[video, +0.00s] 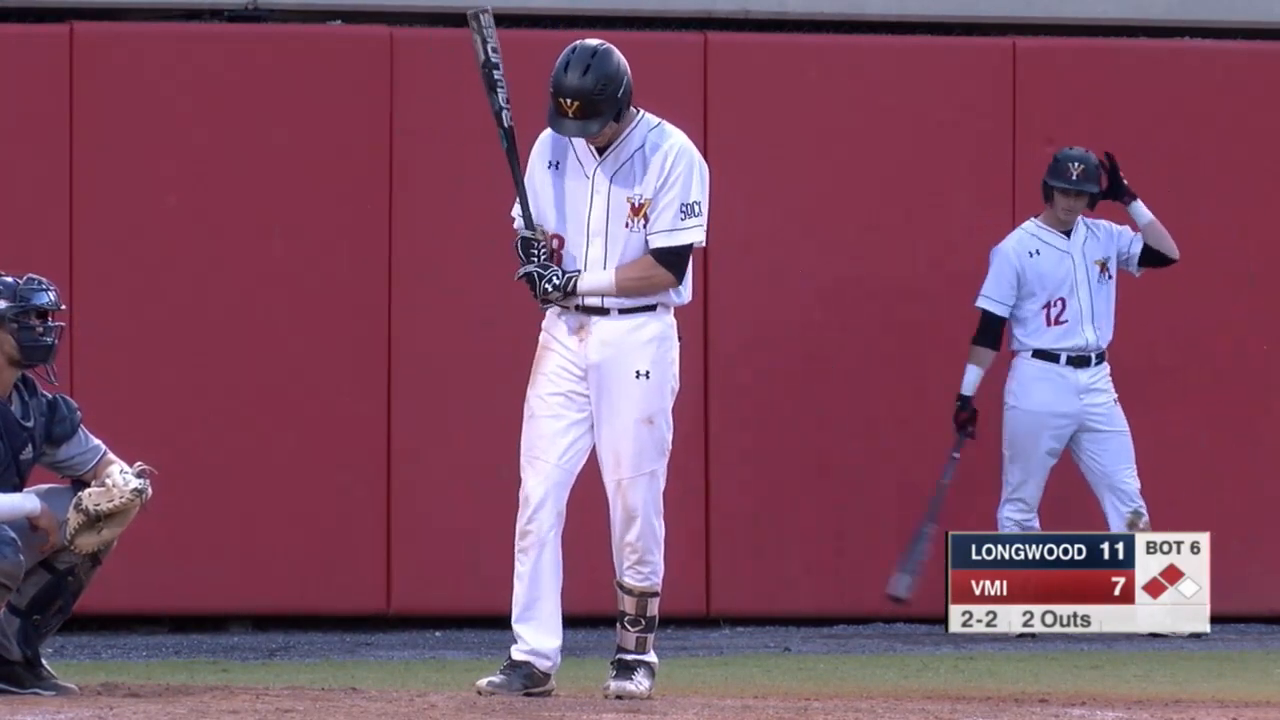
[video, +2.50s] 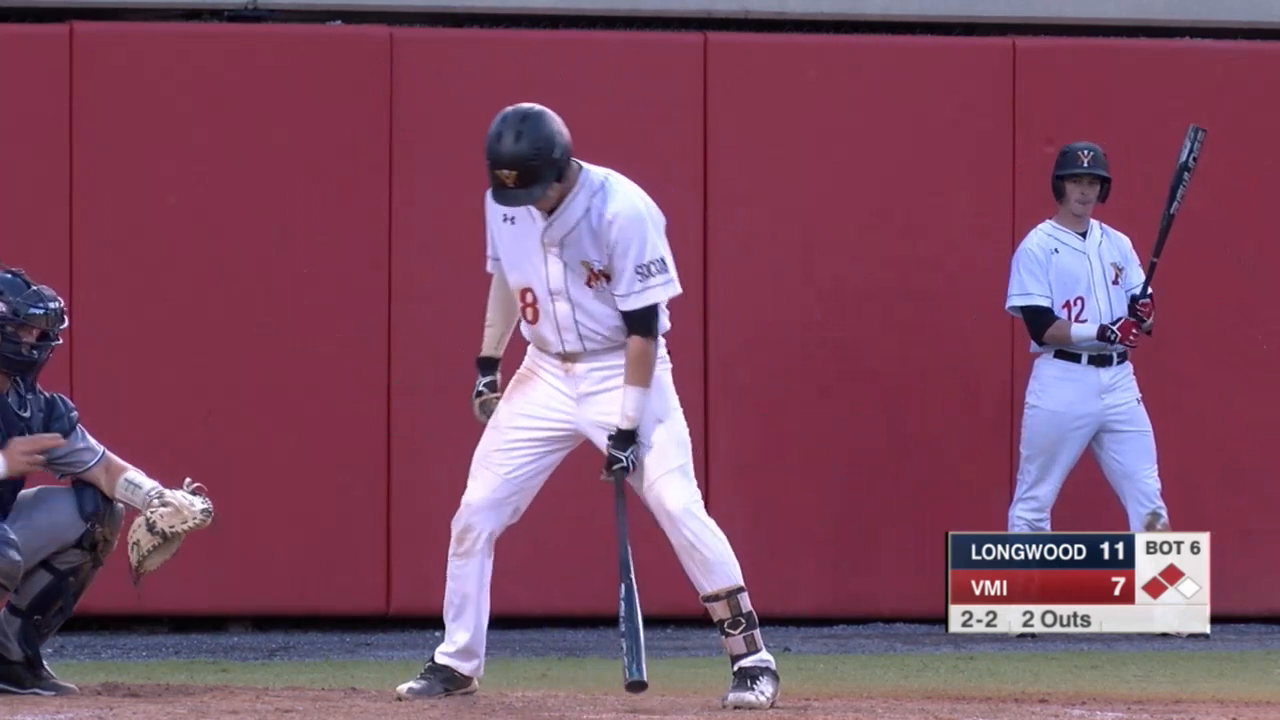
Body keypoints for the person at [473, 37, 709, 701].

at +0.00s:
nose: (581, 137)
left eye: (592, 126)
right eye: (571, 124)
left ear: (622, 106)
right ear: (560, 105)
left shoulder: (672, 153)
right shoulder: (551, 146)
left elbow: (667, 270)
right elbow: (528, 231)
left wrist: (578, 284)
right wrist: (536, 255)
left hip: (637, 341)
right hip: (562, 338)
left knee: (632, 492)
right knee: (538, 494)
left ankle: (634, 652)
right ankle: (532, 657)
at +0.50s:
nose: (545, 131)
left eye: (554, 118)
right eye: (536, 119)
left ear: (583, 102)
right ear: (527, 107)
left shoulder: (635, 152)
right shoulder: (528, 150)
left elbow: (604, 262)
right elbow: (513, 238)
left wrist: (516, 252)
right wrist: (492, 235)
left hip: (617, 346)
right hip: (544, 343)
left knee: (624, 499)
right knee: (507, 496)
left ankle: (634, 651)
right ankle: (465, 650)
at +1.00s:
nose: (430, 143)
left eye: (436, 129)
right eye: (419, 135)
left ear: (460, 104)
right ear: (410, 124)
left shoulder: (532, 137)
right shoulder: (416, 181)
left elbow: (567, 244)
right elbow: (433, 284)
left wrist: (518, 320)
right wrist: (460, 329)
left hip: (566, 340)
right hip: (487, 356)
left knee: (594, 489)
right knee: (463, 508)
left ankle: (635, 613)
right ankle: (460, 661)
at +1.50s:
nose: (480, 172)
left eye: (485, 159)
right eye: (469, 163)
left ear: (511, 137)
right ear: (459, 150)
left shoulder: (580, 169)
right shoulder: (467, 192)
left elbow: (627, 279)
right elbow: (463, 294)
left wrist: (603, 366)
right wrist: (445, 392)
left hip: (618, 353)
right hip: (539, 360)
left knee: (667, 491)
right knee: (484, 508)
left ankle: (744, 655)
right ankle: (461, 661)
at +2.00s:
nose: (591, 251)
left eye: (603, 243)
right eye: (584, 240)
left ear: (636, 225)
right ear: (575, 207)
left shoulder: (678, 257)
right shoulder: (568, 202)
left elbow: (669, 378)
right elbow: (591, 280)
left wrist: (644, 479)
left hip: (668, 379)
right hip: (587, 373)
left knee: (697, 503)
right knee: (522, 512)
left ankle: (754, 662)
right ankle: (462, 664)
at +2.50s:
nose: (524, 205)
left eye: (533, 193)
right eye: (513, 195)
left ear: (564, 170)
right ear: (499, 173)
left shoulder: (623, 210)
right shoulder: (503, 200)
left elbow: (644, 324)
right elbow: (504, 280)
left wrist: (628, 425)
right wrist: (487, 365)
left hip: (627, 375)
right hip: (543, 376)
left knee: (673, 502)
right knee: (475, 513)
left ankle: (751, 660)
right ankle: (455, 664)